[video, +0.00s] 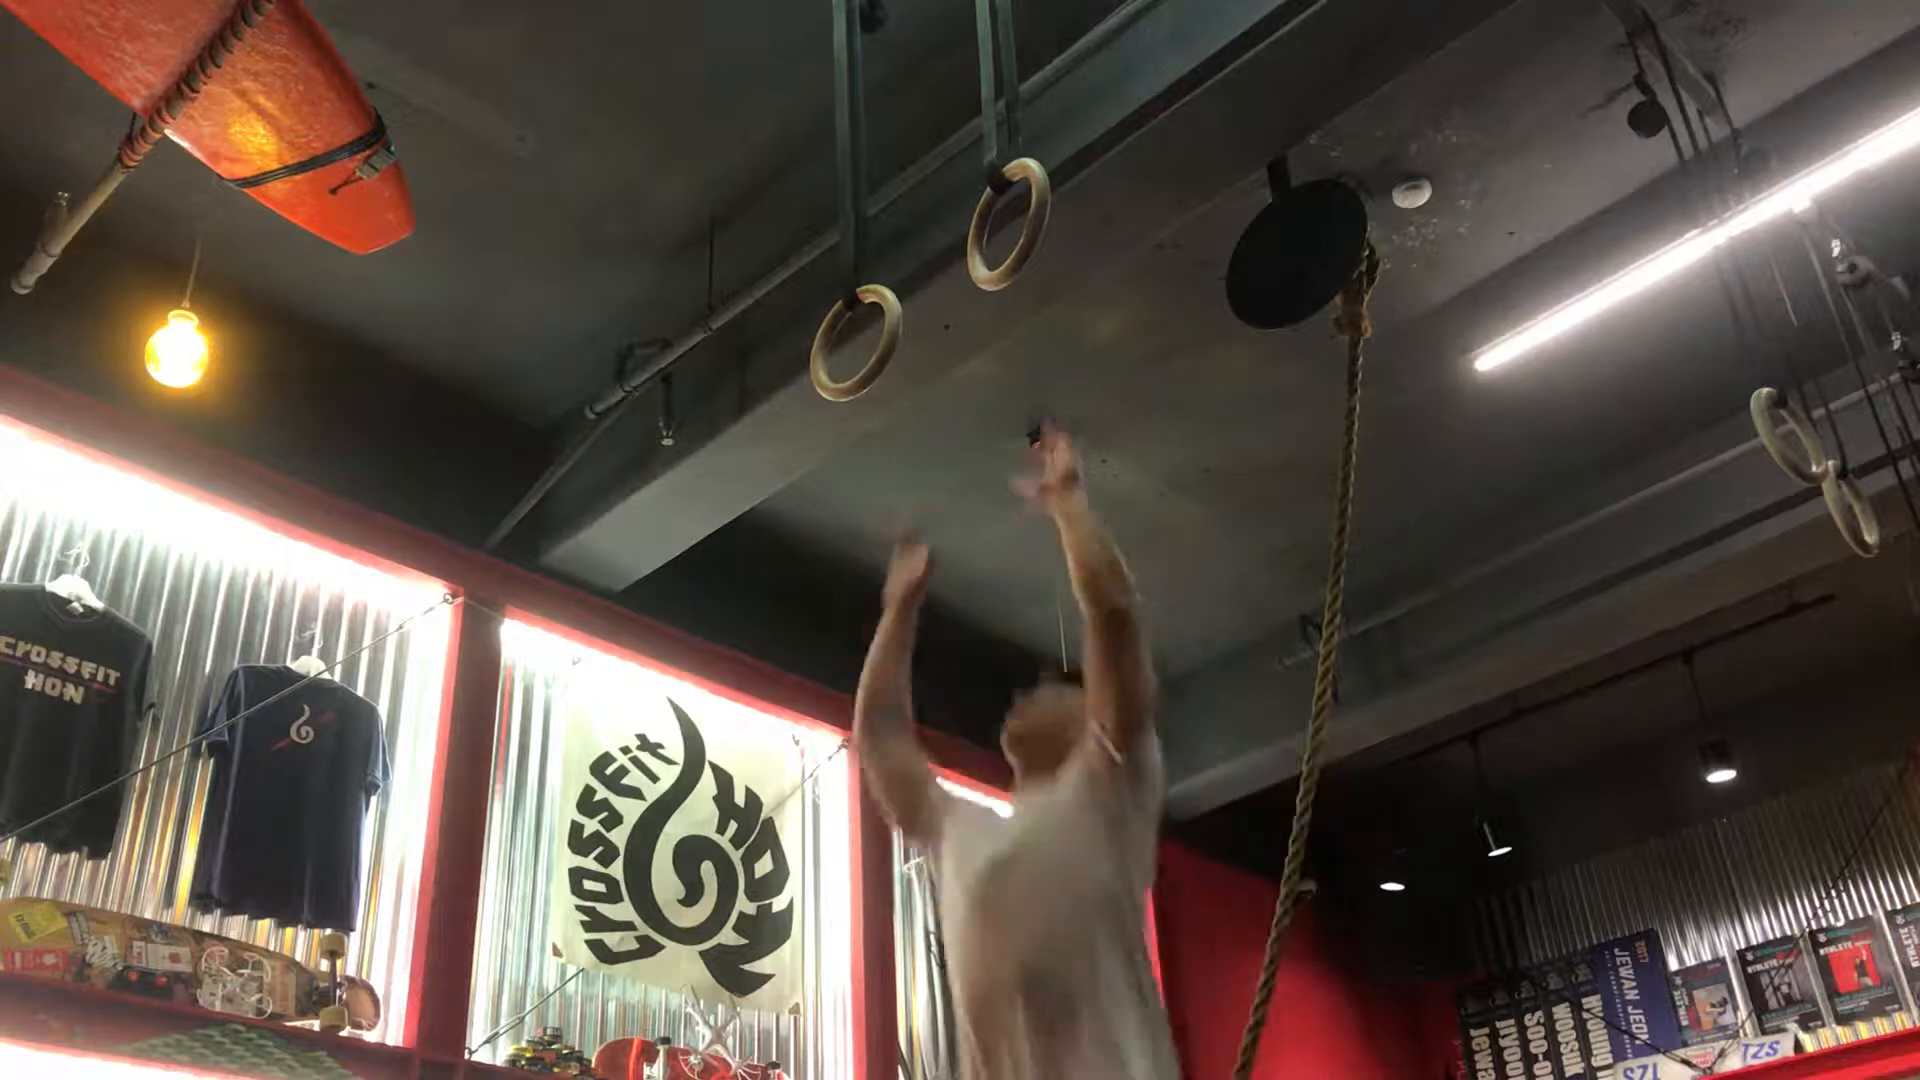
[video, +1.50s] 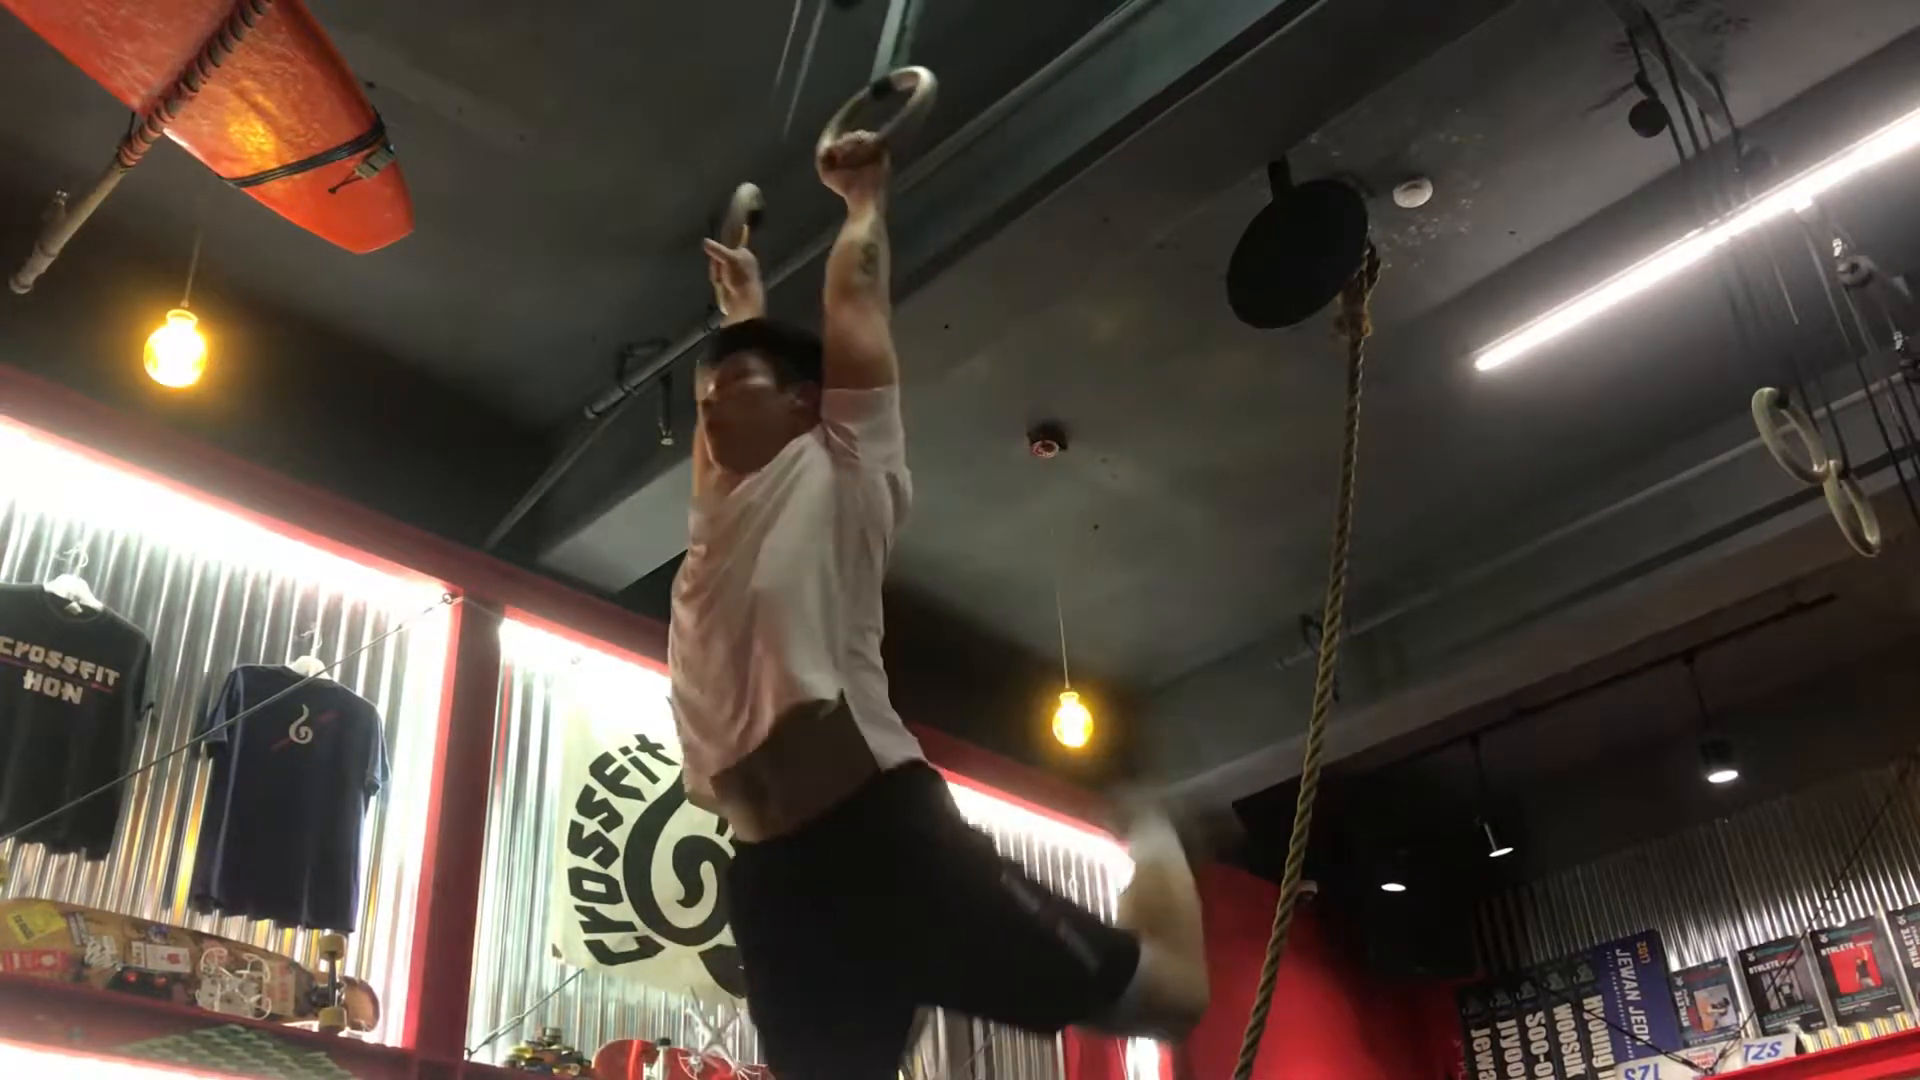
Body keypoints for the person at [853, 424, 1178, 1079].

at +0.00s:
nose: (1026, 694)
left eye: (1056, 688)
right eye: (1029, 689)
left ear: (1089, 721)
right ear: (1012, 732)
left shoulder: (1106, 801)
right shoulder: (961, 835)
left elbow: (1112, 610)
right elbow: (880, 734)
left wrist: (1066, 499)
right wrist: (898, 607)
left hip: (1113, 1063)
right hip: (993, 1068)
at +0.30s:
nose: (1033, 479)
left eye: (1055, 479)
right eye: (1035, 469)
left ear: (1083, 519)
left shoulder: (1069, 530)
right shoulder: (926, 557)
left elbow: (1070, 369)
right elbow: (845, 493)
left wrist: (997, 268)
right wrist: (845, 367)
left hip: (1025, 802)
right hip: (925, 824)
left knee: (1050, 1054)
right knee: (914, 1060)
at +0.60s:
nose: (999, 442)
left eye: (1021, 431)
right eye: (994, 436)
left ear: (1066, 448)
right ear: (988, 465)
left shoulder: (1084, 498)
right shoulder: (940, 541)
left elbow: (1077, 382)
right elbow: (831, 506)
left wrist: (1052, 292)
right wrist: (858, 410)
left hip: (1015, 728)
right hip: (905, 739)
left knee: (964, 927)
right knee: (837, 946)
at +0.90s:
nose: (992, 493)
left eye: (1014, 478)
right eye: (982, 488)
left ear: (1069, 494)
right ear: (973, 513)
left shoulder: (1098, 552)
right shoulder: (947, 588)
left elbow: (1156, 410)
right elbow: (860, 540)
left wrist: (1108, 324)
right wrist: (882, 450)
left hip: (1010, 779)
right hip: (904, 775)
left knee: (857, 846)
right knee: (752, 866)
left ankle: (662, 1009)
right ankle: (532, 1014)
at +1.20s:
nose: (880, 516)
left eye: (898, 498)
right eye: (868, 505)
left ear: (952, 504)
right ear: (861, 523)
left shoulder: (997, 561)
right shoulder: (857, 602)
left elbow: (1001, 405)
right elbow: (850, 493)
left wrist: (997, 306)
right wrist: (856, 392)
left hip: (931, 886)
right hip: (826, 897)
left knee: (924, 1064)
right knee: (780, 1064)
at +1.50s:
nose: (715, 392)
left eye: (742, 377)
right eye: (708, 382)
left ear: (799, 401)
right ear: (706, 423)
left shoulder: (847, 467)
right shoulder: (714, 521)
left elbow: (854, 303)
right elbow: (720, 422)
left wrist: (862, 193)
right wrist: (745, 308)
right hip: (775, 891)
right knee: (820, 1068)